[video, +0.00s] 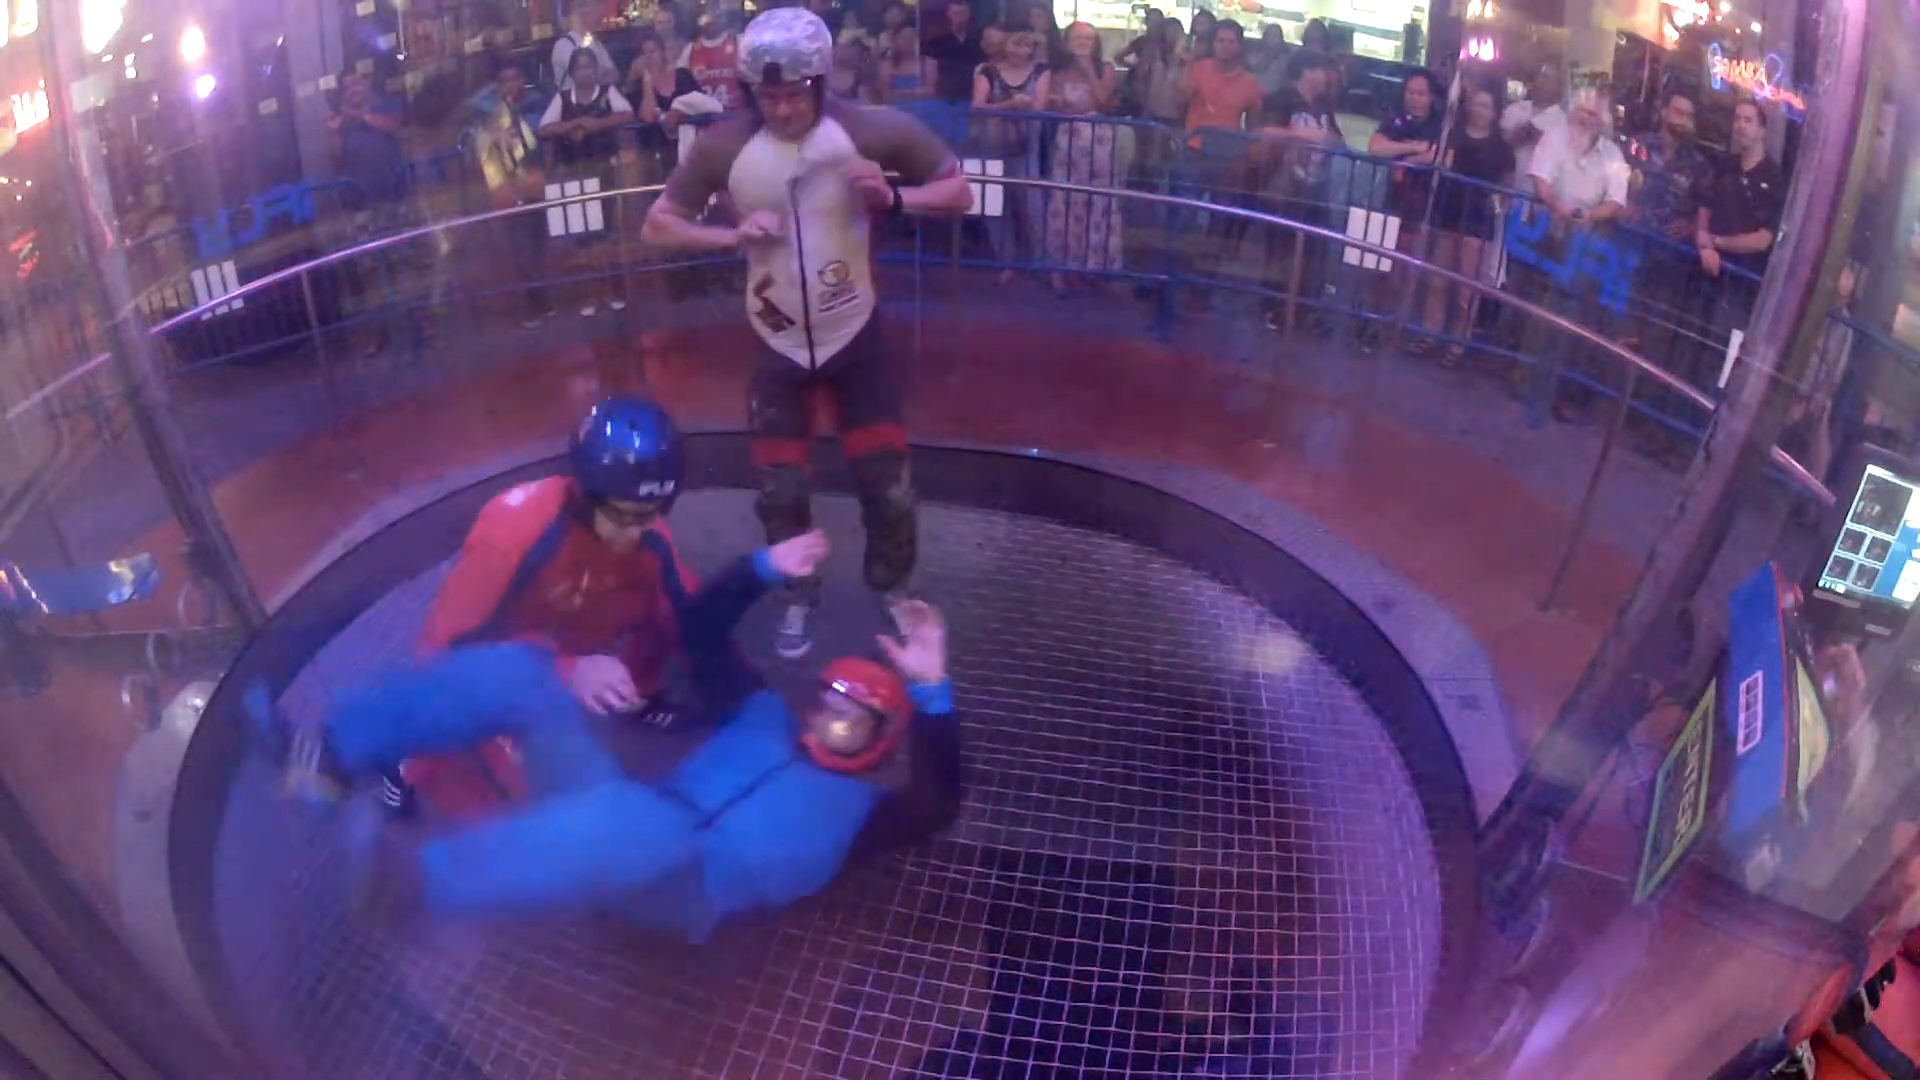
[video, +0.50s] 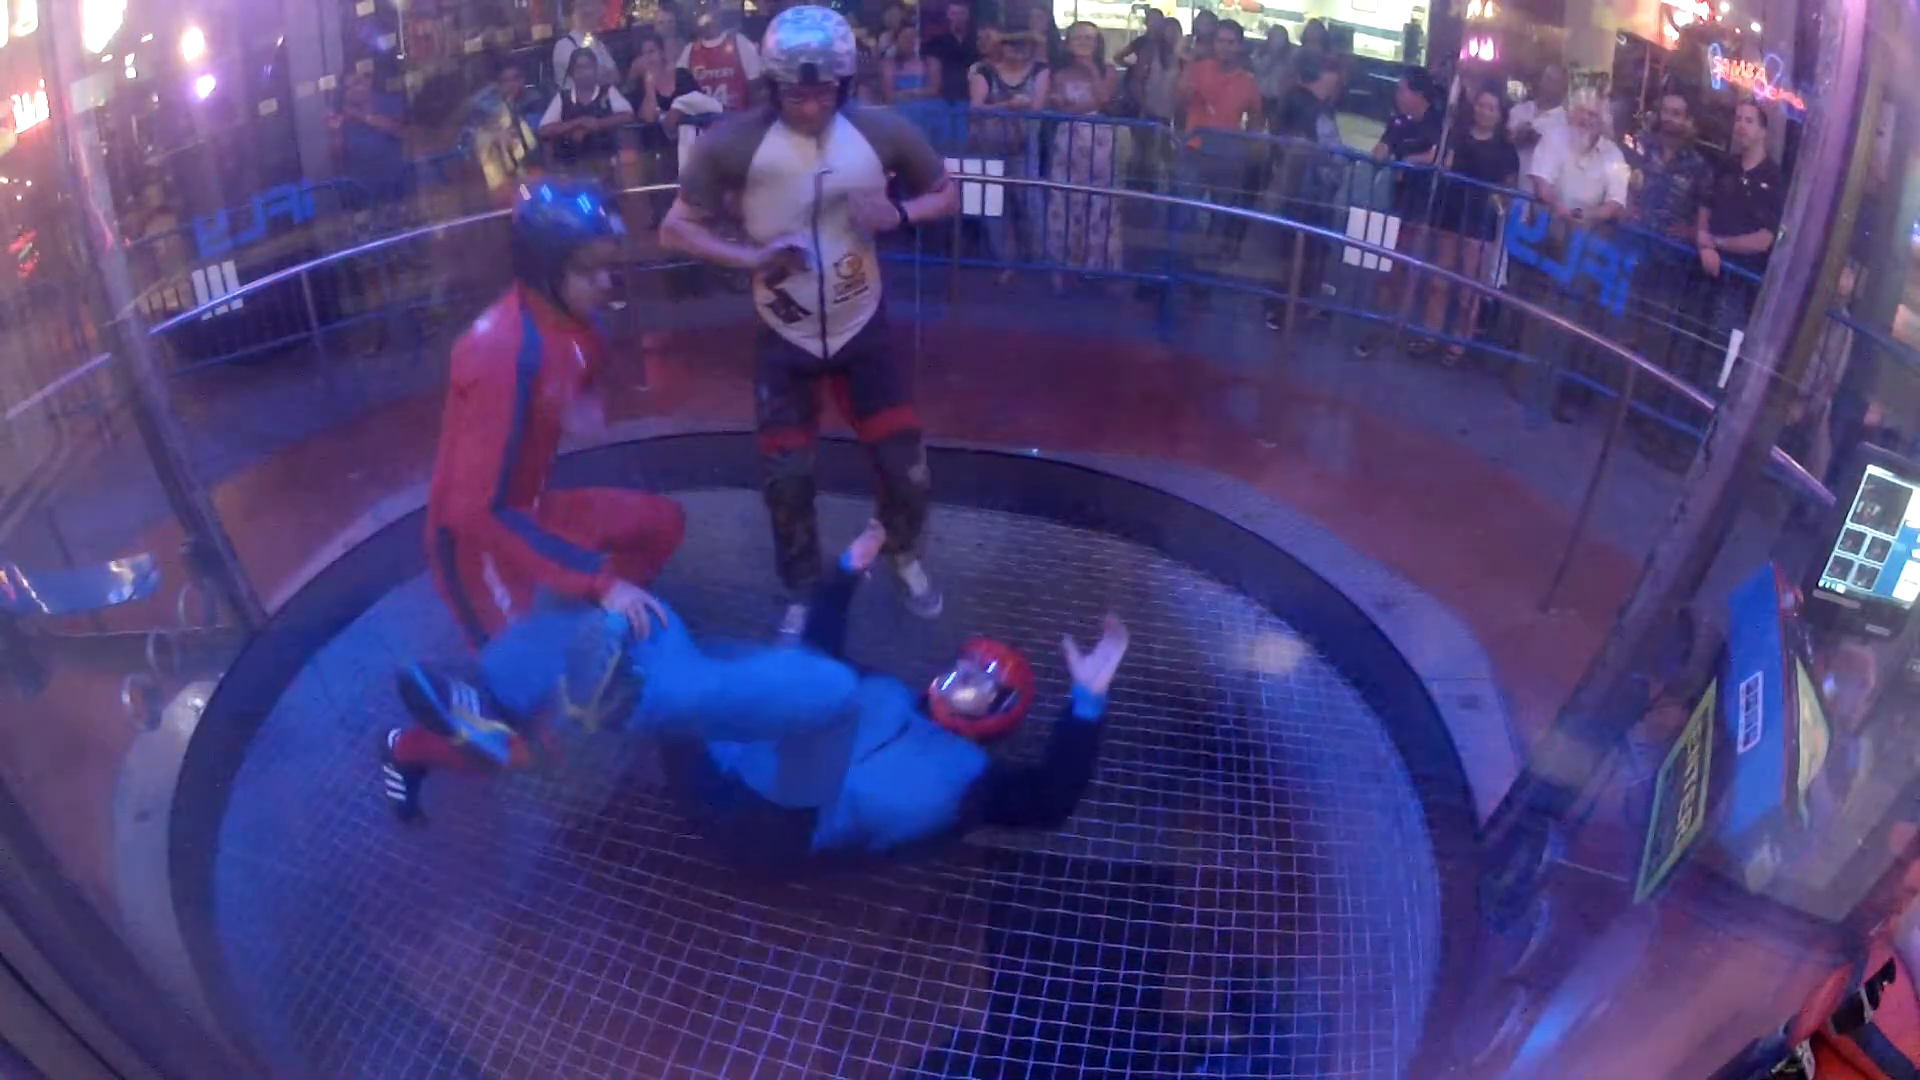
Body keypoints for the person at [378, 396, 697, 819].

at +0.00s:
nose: (633, 532)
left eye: (647, 517)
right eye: (620, 516)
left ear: (664, 502)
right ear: (586, 493)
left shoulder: (655, 547)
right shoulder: (520, 519)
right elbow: (446, 651)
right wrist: (563, 672)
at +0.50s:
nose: (607, 283)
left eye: (610, 268)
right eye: (592, 271)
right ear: (547, 269)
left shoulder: (566, 323)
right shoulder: (503, 353)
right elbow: (474, 513)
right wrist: (601, 585)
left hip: (532, 506)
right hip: (476, 542)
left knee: (660, 521)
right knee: (534, 727)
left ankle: (579, 652)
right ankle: (404, 750)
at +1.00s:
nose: (612, 211)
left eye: (610, 197)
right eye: (600, 201)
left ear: (559, 202)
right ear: (561, 209)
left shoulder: (535, 243)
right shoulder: (537, 315)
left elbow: (559, 312)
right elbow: (546, 472)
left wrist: (599, 290)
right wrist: (662, 570)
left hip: (527, 450)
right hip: (487, 484)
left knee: (633, 547)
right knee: (586, 647)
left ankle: (537, 617)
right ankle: (457, 734)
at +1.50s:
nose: (624, 202)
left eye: (620, 188)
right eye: (617, 191)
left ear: (530, 184)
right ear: (594, 207)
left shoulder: (491, 222)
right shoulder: (571, 328)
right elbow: (636, 475)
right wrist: (752, 502)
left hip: (451, 464)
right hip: (445, 500)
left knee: (563, 561)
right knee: (566, 690)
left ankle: (506, 658)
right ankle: (551, 874)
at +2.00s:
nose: (546, 126)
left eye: (543, 109)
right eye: (536, 111)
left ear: (441, 117)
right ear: (505, 123)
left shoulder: (388, 205)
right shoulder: (531, 222)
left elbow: (334, 308)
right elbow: (690, 329)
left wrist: (429, 290)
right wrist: (790, 281)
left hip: (416, 487)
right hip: (490, 499)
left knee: (514, 619)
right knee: (556, 706)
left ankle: (469, 759)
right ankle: (556, 882)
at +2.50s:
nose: (477, 129)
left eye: (473, 111)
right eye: (458, 116)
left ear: (400, 135)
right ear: (410, 133)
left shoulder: (406, 215)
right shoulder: (412, 247)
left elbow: (486, 322)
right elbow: (489, 422)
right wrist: (522, 346)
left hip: (481, 489)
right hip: (461, 512)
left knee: (522, 659)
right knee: (533, 693)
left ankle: (474, 820)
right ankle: (554, 877)